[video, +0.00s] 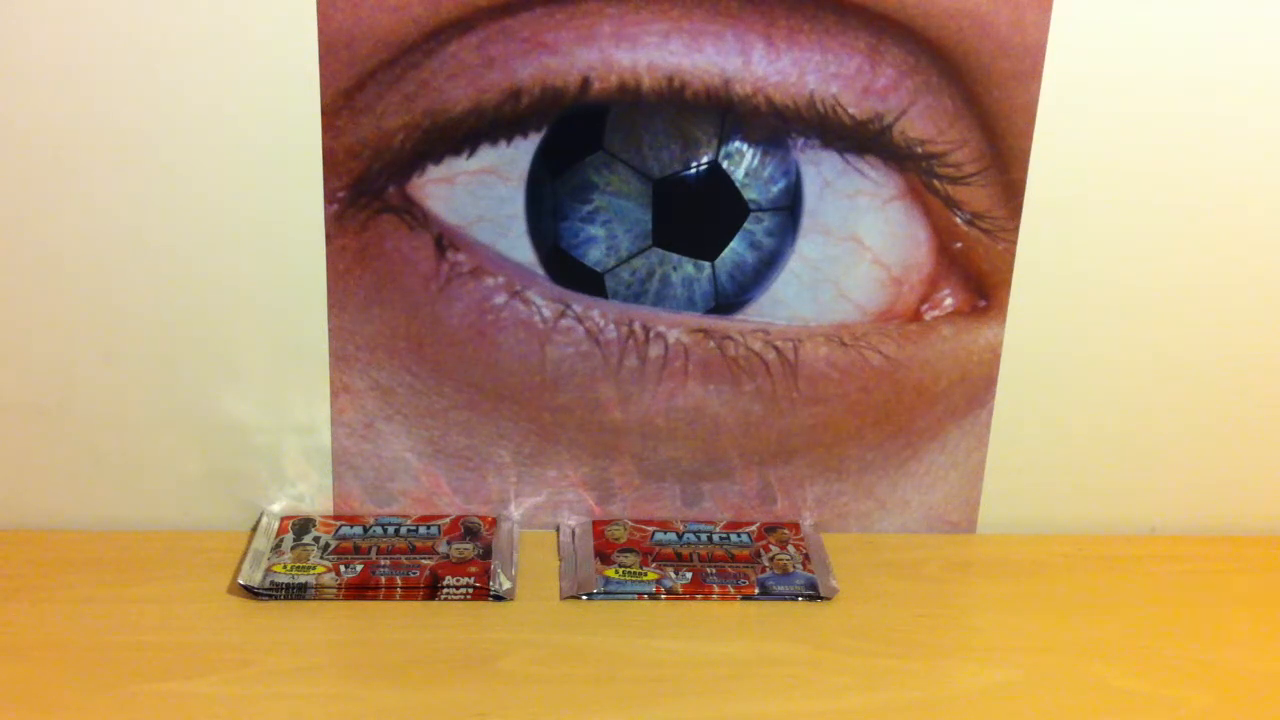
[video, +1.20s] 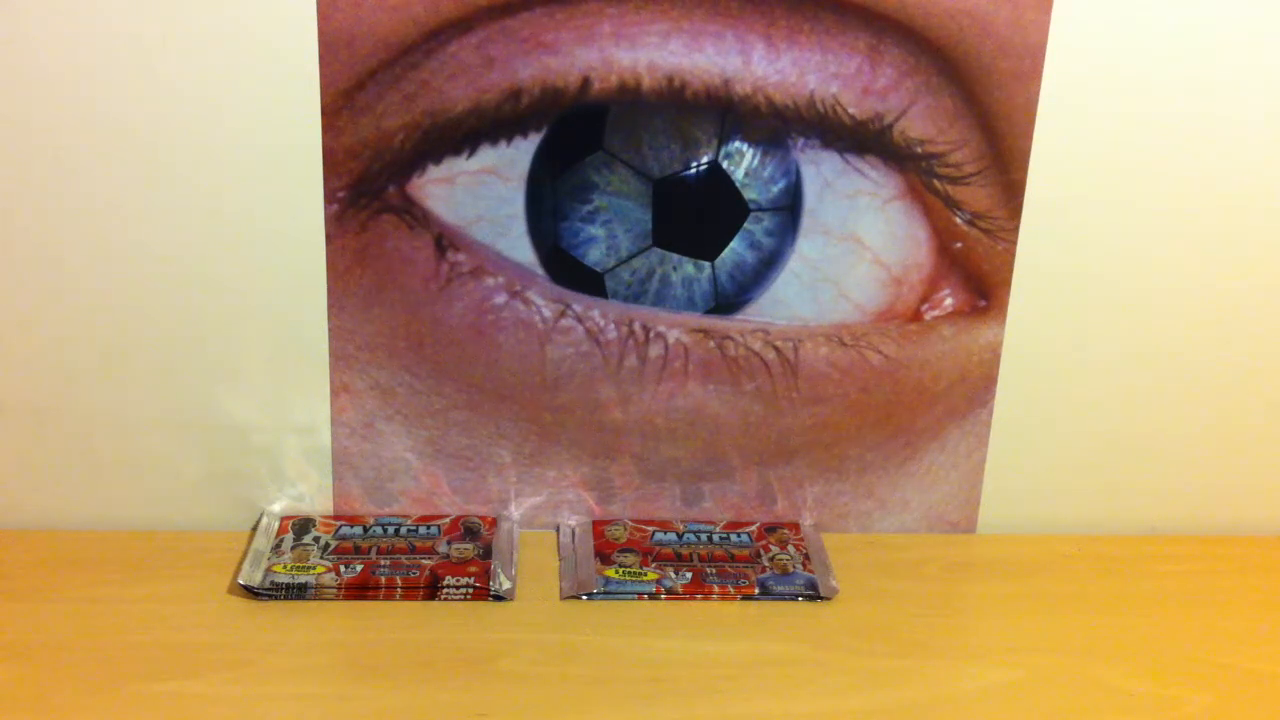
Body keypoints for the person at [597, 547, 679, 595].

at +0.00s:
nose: (621, 560)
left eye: (626, 557)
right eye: (619, 557)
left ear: (638, 558)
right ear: (616, 558)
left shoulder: (651, 573)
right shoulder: (609, 571)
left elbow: (673, 590)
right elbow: (597, 590)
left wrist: (674, 587)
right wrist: (596, 574)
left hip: (641, 607)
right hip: (612, 606)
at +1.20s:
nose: (621, 560)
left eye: (626, 557)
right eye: (619, 557)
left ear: (638, 558)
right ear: (615, 558)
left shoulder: (651, 573)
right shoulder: (609, 571)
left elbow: (673, 589)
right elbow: (596, 589)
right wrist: (596, 574)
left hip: (641, 606)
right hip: (612, 605)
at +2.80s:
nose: (621, 560)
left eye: (626, 557)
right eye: (619, 557)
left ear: (638, 558)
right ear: (616, 558)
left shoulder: (651, 573)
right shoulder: (609, 571)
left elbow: (666, 583)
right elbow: (597, 587)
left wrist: (673, 588)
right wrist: (597, 573)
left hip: (641, 605)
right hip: (612, 604)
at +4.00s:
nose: (621, 560)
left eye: (626, 557)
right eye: (619, 557)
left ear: (638, 558)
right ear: (616, 558)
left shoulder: (651, 573)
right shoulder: (609, 572)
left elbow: (669, 586)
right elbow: (597, 587)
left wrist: (675, 589)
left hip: (642, 606)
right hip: (613, 606)